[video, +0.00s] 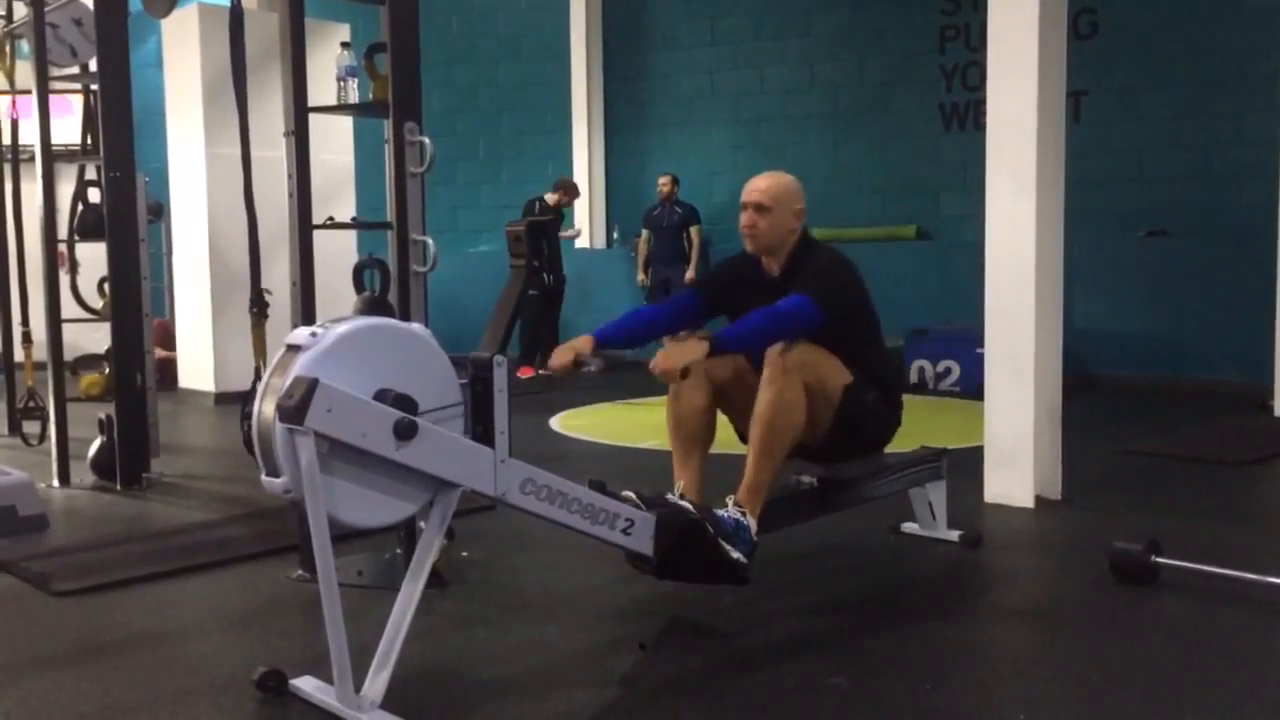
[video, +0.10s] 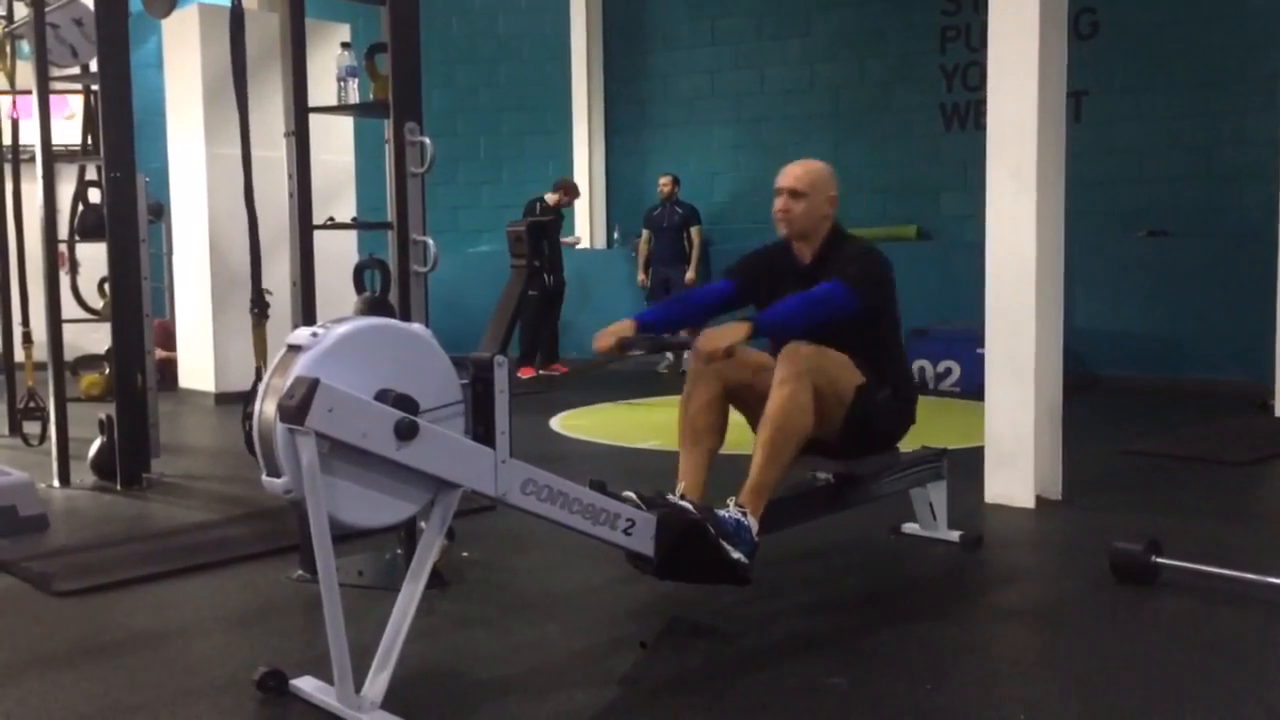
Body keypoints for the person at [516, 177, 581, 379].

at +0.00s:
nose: (571, 204)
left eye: (573, 200)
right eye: (570, 199)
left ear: (563, 195)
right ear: (561, 194)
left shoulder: (558, 213)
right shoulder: (534, 206)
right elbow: (530, 242)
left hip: (554, 272)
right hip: (535, 273)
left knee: (550, 321)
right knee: (532, 320)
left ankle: (546, 362)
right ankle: (526, 363)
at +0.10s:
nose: (570, 204)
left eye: (572, 200)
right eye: (570, 199)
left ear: (563, 195)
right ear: (561, 193)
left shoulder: (557, 212)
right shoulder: (535, 207)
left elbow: (552, 240)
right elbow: (530, 241)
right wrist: (536, 271)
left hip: (554, 272)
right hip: (536, 272)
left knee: (551, 320)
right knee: (531, 320)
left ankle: (549, 361)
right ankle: (526, 364)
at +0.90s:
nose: (556, 200)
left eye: (557, 196)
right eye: (555, 195)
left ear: (547, 194)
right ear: (544, 193)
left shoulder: (546, 214)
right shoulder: (527, 214)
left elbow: (548, 243)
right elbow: (527, 247)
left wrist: (565, 241)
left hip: (551, 277)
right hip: (533, 279)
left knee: (550, 324)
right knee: (528, 325)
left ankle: (548, 365)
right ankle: (524, 368)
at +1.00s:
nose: (555, 200)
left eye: (556, 196)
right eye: (554, 195)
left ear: (545, 194)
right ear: (543, 193)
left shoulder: (545, 214)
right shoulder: (526, 214)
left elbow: (546, 243)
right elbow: (527, 247)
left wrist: (563, 242)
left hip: (551, 278)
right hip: (532, 279)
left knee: (550, 324)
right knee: (527, 325)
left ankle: (548, 366)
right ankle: (523, 368)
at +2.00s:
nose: (557, 205)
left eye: (558, 201)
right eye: (554, 200)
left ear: (548, 200)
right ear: (543, 199)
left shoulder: (550, 223)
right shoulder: (526, 222)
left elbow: (552, 254)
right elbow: (531, 253)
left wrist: (567, 245)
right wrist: (560, 243)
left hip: (554, 284)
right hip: (535, 285)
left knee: (553, 331)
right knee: (530, 333)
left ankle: (549, 374)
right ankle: (524, 377)